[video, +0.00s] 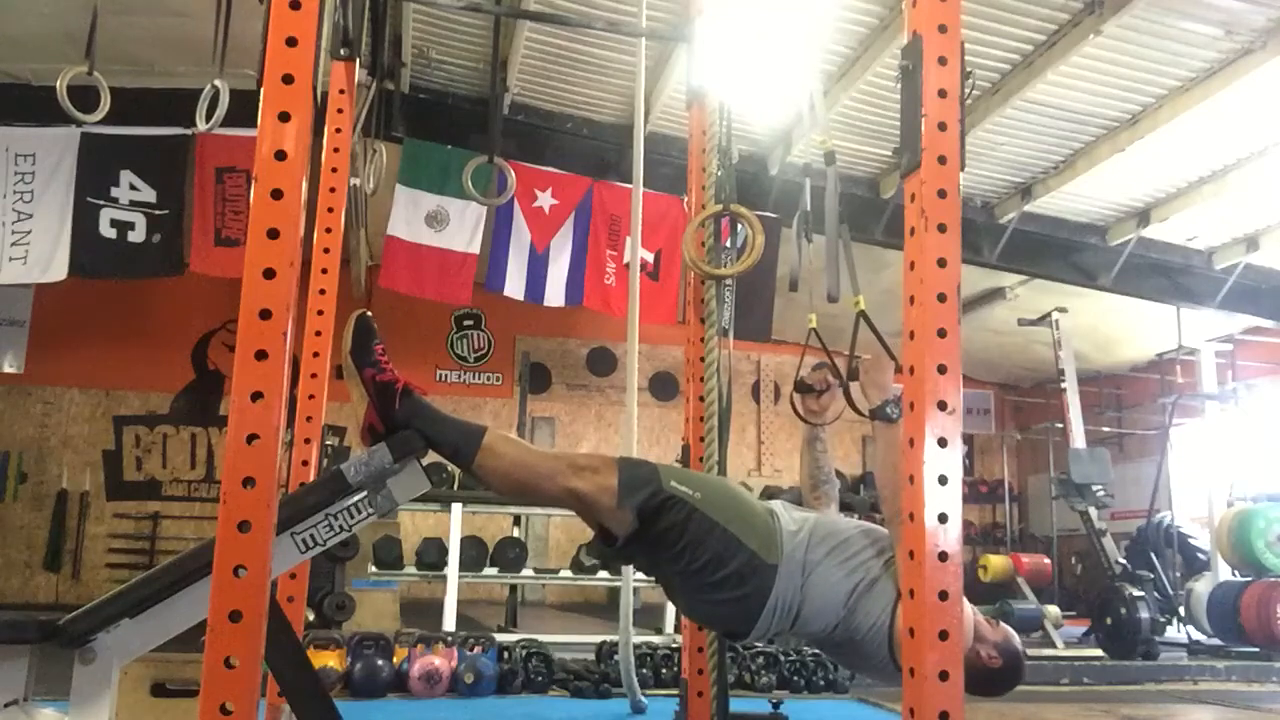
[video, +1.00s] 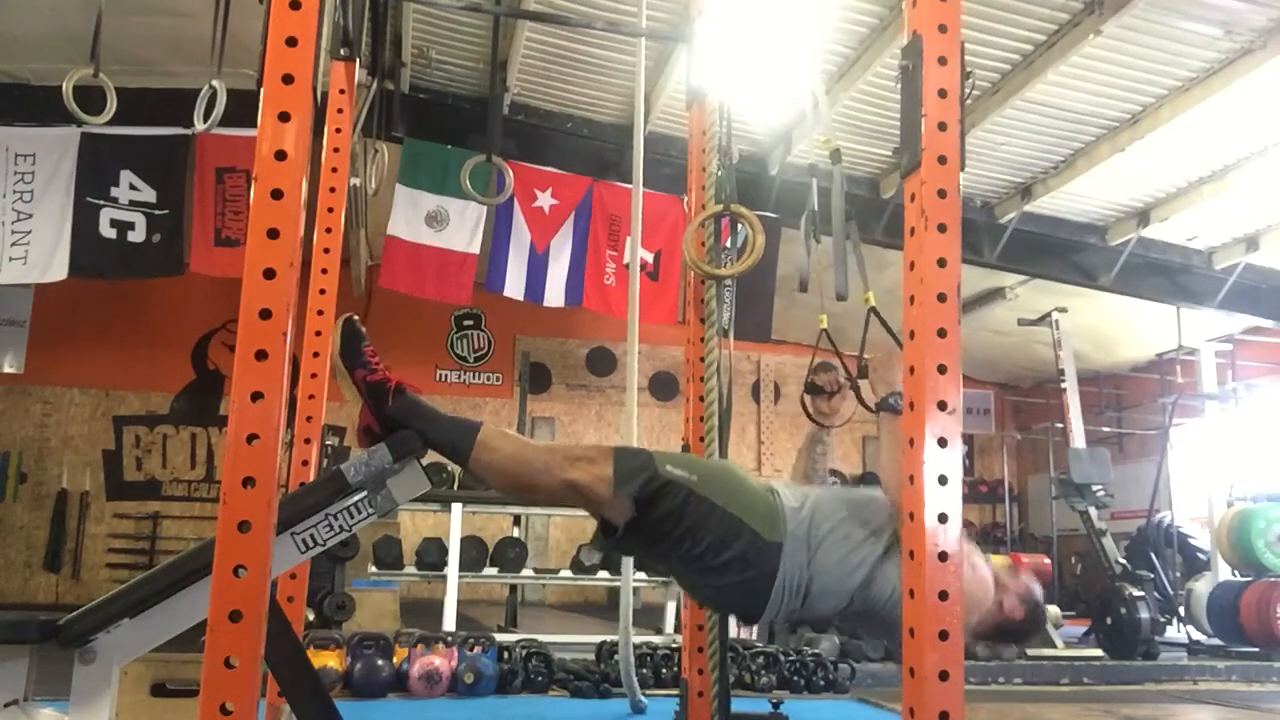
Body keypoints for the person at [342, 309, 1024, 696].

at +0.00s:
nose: (987, 628)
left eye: (992, 643)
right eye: (998, 632)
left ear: (973, 658)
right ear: (978, 636)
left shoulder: (941, 622)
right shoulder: (919, 641)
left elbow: (924, 516)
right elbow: (910, 511)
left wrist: (903, 414)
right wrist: (896, 419)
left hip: (765, 550)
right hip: (755, 577)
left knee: (598, 477)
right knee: (582, 491)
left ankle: (404, 408)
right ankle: (412, 437)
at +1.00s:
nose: (1017, 568)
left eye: (1024, 583)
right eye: (1025, 569)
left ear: (1007, 613)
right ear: (1002, 566)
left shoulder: (966, 596)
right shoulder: (947, 564)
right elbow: (859, 499)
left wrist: (934, 454)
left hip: (771, 549)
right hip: (766, 522)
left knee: (606, 479)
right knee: (600, 470)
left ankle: (402, 412)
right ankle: (416, 432)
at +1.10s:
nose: (1016, 534)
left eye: (1024, 549)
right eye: (1023, 533)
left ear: (1013, 582)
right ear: (1007, 530)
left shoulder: (971, 568)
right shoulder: (960, 533)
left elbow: (907, 508)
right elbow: (882, 493)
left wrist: (936, 451)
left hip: (781, 527)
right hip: (775, 495)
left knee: (614, 466)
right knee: (605, 462)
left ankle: (404, 415)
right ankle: (409, 420)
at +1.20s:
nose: (1014, 502)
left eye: (1023, 512)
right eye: (1022, 499)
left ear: (1015, 544)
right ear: (1010, 492)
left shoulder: (969, 532)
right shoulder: (960, 496)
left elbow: (908, 490)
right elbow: (891, 460)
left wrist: (928, 428)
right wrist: (888, 409)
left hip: (786, 500)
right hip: (775, 475)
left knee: (605, 461)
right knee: (596, 453)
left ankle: (402, 417)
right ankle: (407, 415)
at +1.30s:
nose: (1013, 463)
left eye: (1024, 475)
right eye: (1022, 459)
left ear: (1021, 502)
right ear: (1011, 447)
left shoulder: (979, 503)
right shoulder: (968, 446)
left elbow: (927, 494)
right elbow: (883, 430)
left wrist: (949, 431)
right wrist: (893, 394)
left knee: (612, 434)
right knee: (601, 411)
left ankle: (403, 415)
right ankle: (414, 423)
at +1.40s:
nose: (1025, 426)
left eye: (1035, 438)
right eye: (1033, 425)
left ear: (1033, 466)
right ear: (1021, 432)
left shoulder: (992, 469)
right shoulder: (975, 436)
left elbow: (924, 470)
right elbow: (896, 430)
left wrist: (931, 398)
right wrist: (893, 379)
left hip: (792, 456)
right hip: (779, 429)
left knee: (606, 413)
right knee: (599, 408)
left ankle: (400, 416)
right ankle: (407, 419)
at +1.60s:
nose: (1002, 435)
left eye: (1010, 449)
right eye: (1008, 433)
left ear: (1002, 472)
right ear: (994, 428)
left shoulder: (957, 481)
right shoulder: (944, 432)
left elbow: (889, 466)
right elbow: (874, 428)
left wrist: (891, 380)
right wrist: (879, 366)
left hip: (765, 432)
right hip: (755, 428)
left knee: (590, 338)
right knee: (579, 348)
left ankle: (392, 411)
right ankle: (399, 411)